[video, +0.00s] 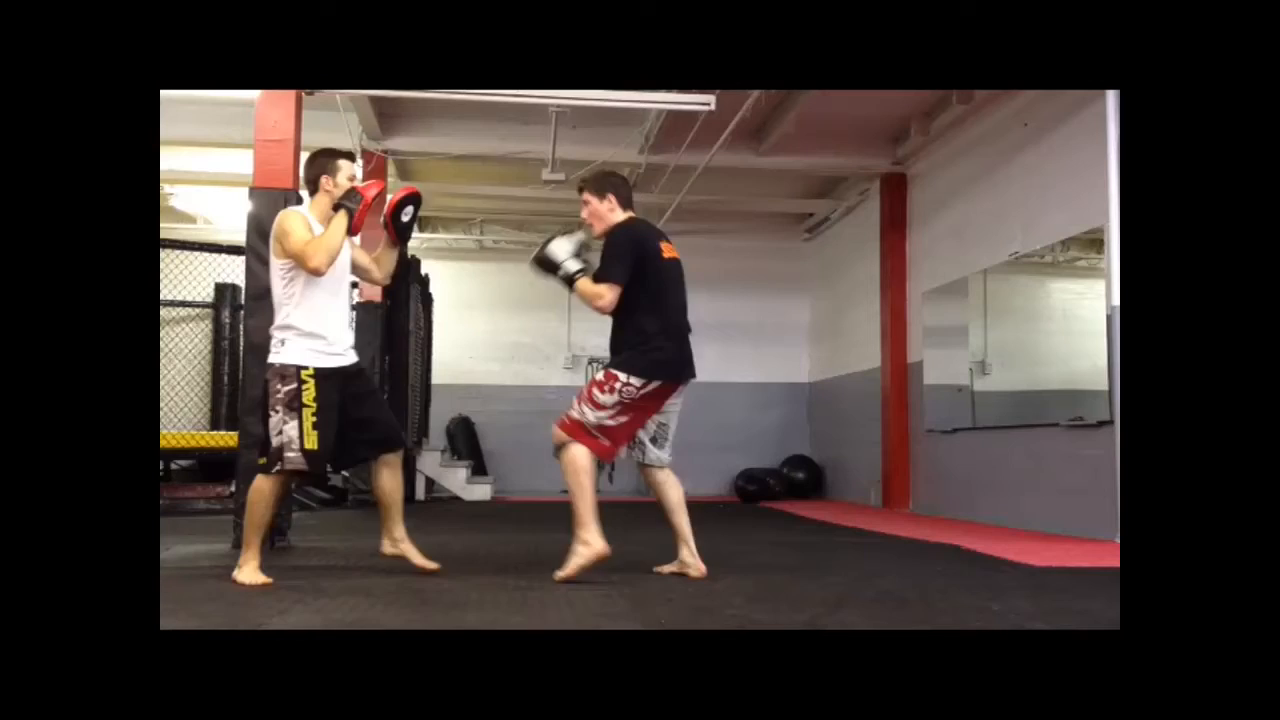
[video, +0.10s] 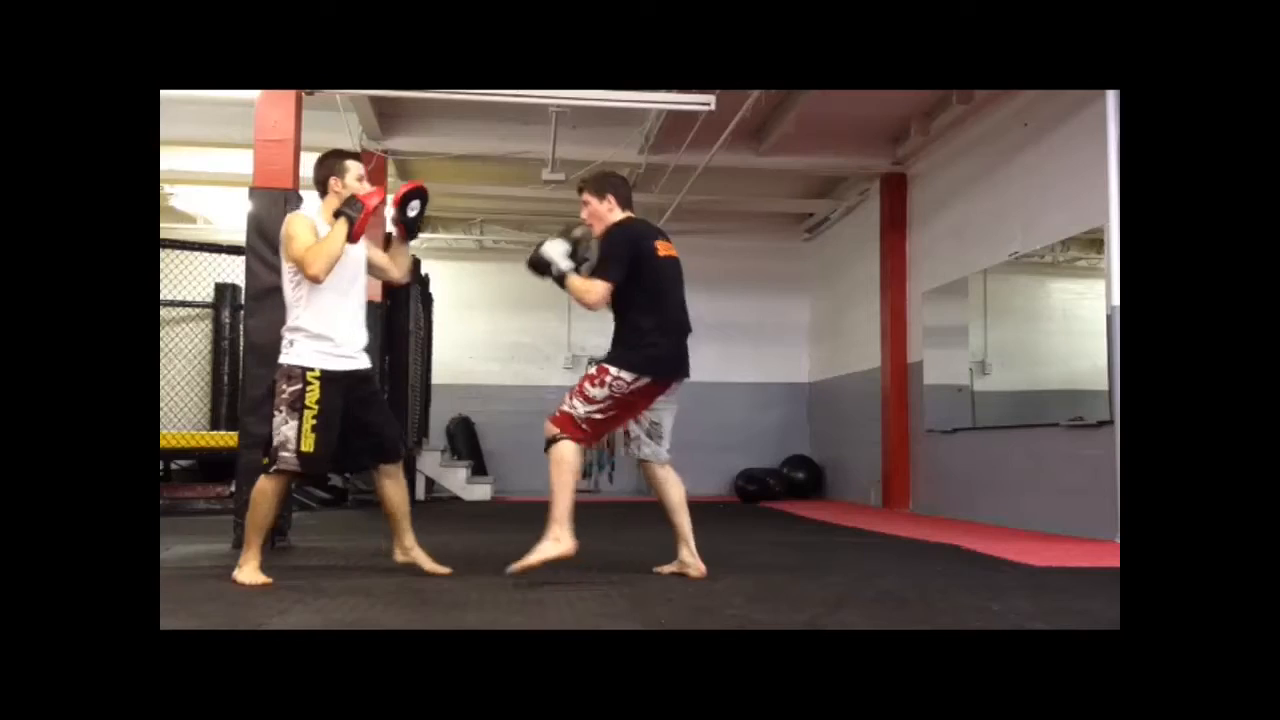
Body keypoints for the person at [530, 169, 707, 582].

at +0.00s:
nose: (584, 215)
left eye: (587, 205)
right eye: (583, 207)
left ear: (612, 200)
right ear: (619, 203)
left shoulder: (624, 235)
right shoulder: (653, 235)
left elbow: (606, 299)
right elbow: (630, 298)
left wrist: (570, 269)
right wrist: (580, 266)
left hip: (641, 363)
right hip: (673, 364)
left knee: (571, 435)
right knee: (655, 460)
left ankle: (588, 538)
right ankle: (689, 555)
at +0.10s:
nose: (584, 215)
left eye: (587, 205)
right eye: (583, 206)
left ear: (610, 201)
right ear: (620, 203)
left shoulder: (622, 235)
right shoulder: (654, 235)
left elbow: (594, 296)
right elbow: (633, 293)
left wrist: (561, 270)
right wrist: (593, 263)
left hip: (637, 358)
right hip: (669, 360)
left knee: (563, 429)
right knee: (653, 455)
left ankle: (559, 534)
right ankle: (689, 554)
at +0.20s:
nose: (576, 209)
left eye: (579, 201)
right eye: (575, 201)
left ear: (601, 197)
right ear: (616, 198)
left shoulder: (595, 228)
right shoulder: (653, 226)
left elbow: (545, 267)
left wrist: (522, 238)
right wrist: (581, 232)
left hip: (626, 351)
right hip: (668, 351)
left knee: (571, 444)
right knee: (665, 456)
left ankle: (546, 546)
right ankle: (689, 554)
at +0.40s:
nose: (556, 227)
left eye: (557, 217)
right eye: (552, 220)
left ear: (580, 205)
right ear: (586, 205)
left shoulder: (598, 236)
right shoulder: (624, 232)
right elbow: (574, 288)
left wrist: (513, 257)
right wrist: (532, 261)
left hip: (616, 369)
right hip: (641, 367)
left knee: (566, 457)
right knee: (633, 463)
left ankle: (550, 565)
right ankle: (686, 555)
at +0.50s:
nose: (546, 252)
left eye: (549, 242)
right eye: (542, 244)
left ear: (572, 230)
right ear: (566, 233)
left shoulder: (621, 257)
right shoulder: (564, 266)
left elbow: (631, 326)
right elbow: (525, 304)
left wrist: (569, 309)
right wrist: (529, 272)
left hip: (624, 379)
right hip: (603, 377)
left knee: (556, 456)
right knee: (614, 481)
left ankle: (550, 566)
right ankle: (684, 556)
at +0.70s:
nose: (530, 234)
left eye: (529, 224)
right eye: (527, 225)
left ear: (547, 215)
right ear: (557, 211)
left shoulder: (579, 251)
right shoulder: (603, 233)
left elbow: (601, 324)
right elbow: (551, 286)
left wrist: (559, 342)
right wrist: (547, 245)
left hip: (595, 368)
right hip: (627, 366)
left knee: (548, 457)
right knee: (619, 461)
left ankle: (549, 564)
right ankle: (677, 545)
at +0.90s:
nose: (541, 219)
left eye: (543, 210)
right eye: (540, 211)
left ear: (560, 204)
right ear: (580, 202)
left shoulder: (562, 235)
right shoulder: (624, 229)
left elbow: (514, 283)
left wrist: (500, 253)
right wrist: (534, 249)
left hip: (594, 365)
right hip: (640, 361)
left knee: (546, 453)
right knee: (642, 460)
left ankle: (544, 552)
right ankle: (679, 555)